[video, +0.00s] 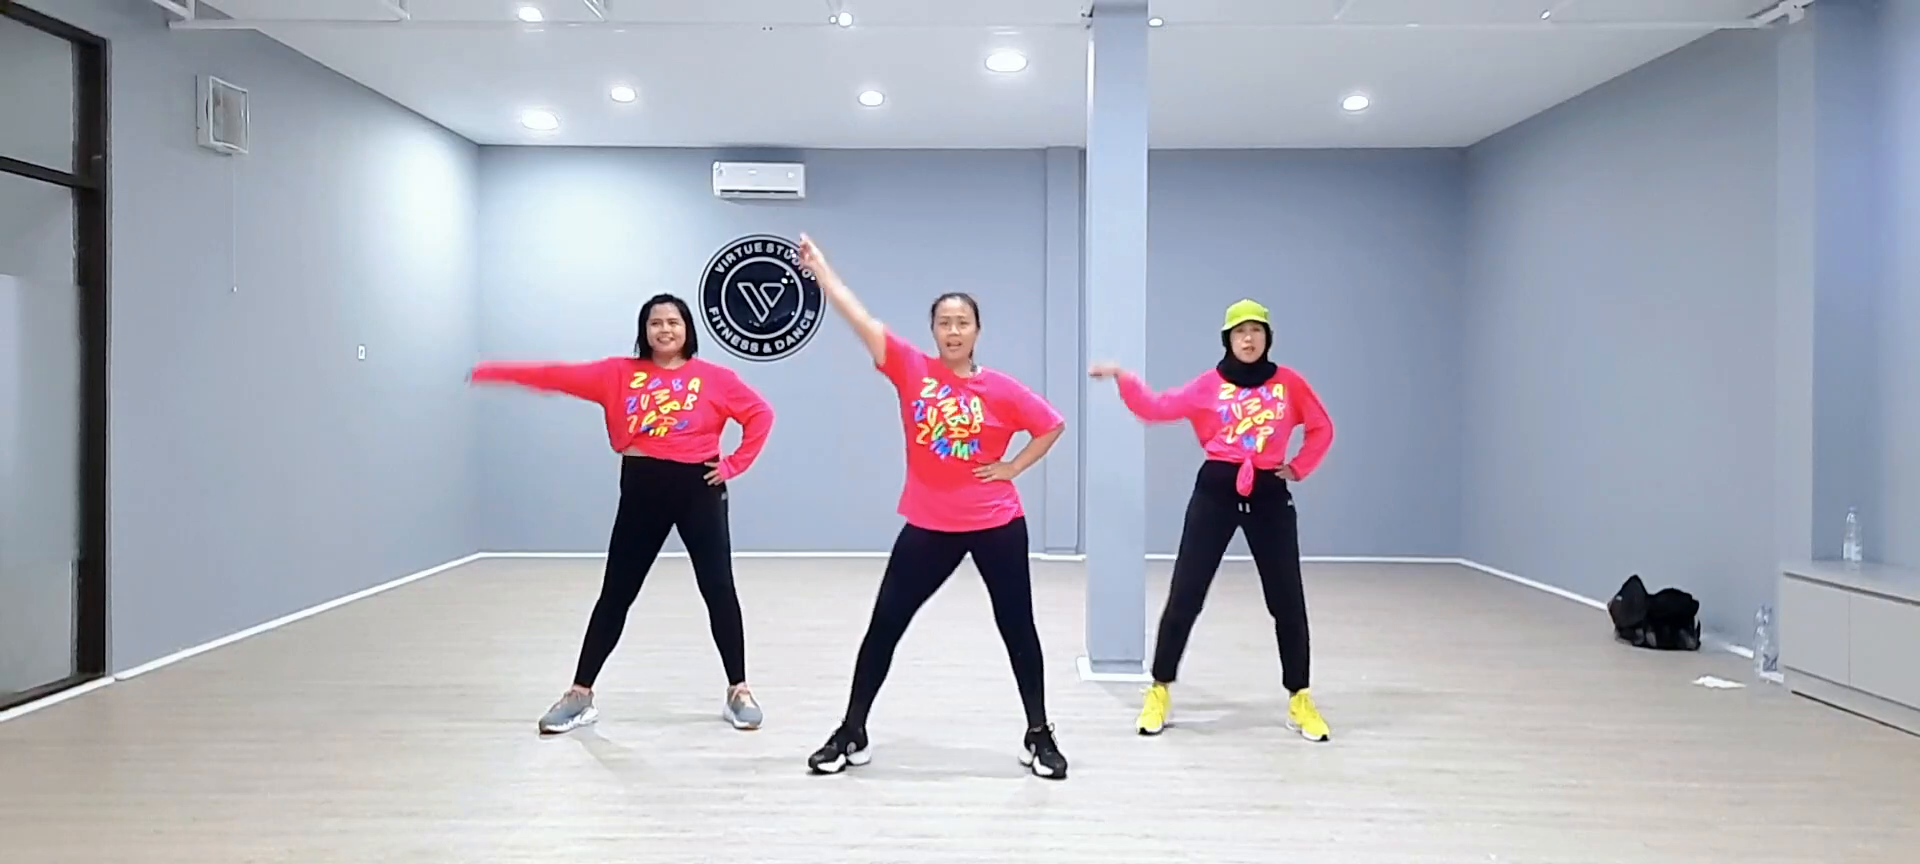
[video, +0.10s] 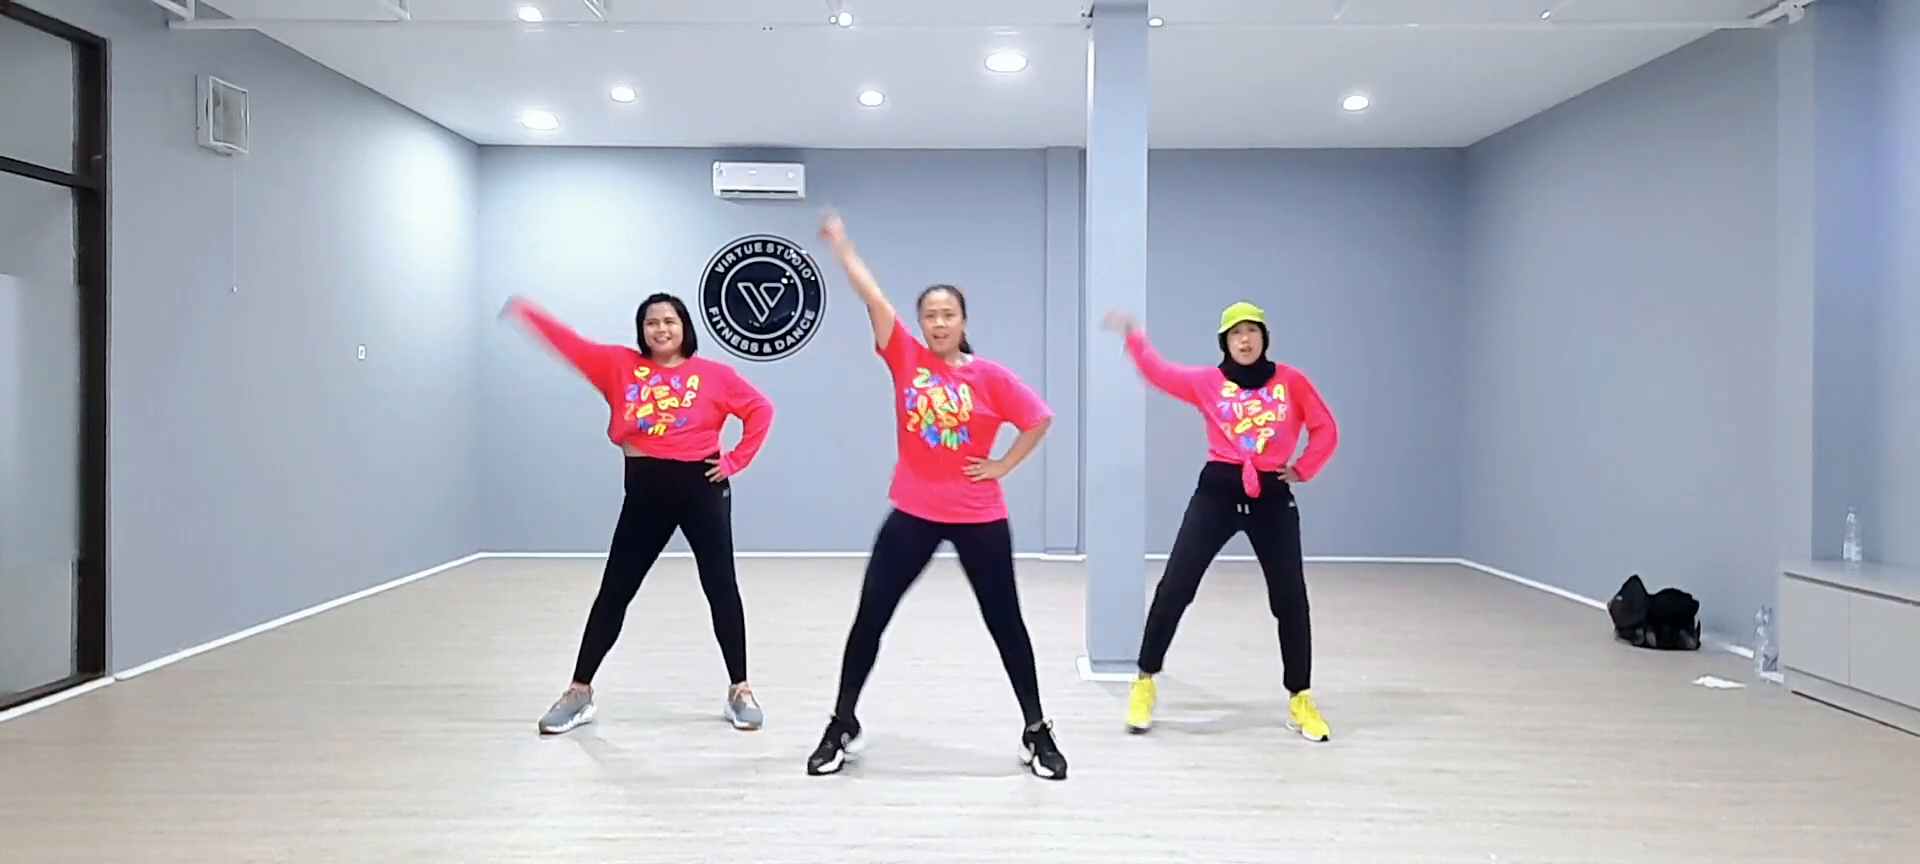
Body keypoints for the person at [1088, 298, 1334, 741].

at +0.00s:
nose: (1249, 339)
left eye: (1256, 331)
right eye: (1240, 332)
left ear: (1267, 337)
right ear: (1228, 338)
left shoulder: (1287, 382)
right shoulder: (1207, 386)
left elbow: (1321, 428)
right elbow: (1154, 409)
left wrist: (1296, 469)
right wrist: (1123, 377)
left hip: (1270, 496)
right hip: (1215, 493)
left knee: (1288, 601)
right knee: (1186, 595)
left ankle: (1300, 699)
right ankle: (1158, 693)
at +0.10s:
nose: (1245, 339)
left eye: (1252, 332)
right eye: (1237, 333)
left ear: (1265, 339)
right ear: (1225, 341)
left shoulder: (1291, 381)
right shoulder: (1208, 381)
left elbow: (1326, 430)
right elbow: (1157, 371)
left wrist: (1302, 469)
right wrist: (1132, 333)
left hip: (1273, 498)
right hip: (1217, 495)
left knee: (1292, 599)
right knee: (1175, 588)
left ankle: (1300, 699)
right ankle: (1144, 684)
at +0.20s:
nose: (1236, 336)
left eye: (1242, 328)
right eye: (1227, 330)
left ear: (1255, 333)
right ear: (1215, 338)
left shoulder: (1280, 375)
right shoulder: (1203, 373)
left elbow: (1316, 424)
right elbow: (1164, 335)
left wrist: (1291, 465)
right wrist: (1171, 286)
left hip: (1262, 489)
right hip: (1208, 487)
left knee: (1280, 595)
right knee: (1172, 586)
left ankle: (1300, 697)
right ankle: (1133, 687)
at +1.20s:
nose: (1207, 345)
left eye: (1214, 338)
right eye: (1199, 338)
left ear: (1226, 345)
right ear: (1187, 344)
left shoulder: (1243, 390)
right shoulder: (1174, 377)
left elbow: (1267, 443)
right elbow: (1148, 325)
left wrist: (1249, 487)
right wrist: (1180, 302)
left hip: (1213, 497)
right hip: (1164, 492)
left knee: (1253, 595)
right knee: (1151, 598)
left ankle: (1286, 699)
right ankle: (1119, 693)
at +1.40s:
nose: (1213, 334)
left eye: (1220, 327)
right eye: (1205, 326)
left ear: (1229, 335)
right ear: (1188, 334)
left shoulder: (1226, 377)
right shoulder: (1176, 373)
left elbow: (1221, 427)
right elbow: (1167, 327)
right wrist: (1185, 283)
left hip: (1213, 483)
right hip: (1167, 484)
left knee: (1254, 581)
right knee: (1154, 588)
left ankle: (1254, 685)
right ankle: (1120, 687)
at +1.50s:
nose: (1228, 321)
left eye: (1233, 312)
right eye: (1220, 313)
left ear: (1238, 320)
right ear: (1201, 318)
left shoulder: (1233, 360)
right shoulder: (1183, 357)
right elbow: (1182, 341)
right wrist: (1220, 321)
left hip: (1233, 475)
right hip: (1185, 474)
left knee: (1241, 583)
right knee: (1169, 581)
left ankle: (1224, 687)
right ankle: (1126, 680)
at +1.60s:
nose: (1240, 327)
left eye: (1247, 319)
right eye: (1231, 319)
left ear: (1254, 327)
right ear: (1215, 325)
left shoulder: (1253, 376)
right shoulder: (1198, 364)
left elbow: (1248, 433)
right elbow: (1181, 414)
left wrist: (1268, 466)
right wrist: (1233, 414)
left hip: (1243, 490)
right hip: (1197, 487)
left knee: (1236, 597)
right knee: (1187, 591)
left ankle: (1219, 695)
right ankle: (1146, 692)